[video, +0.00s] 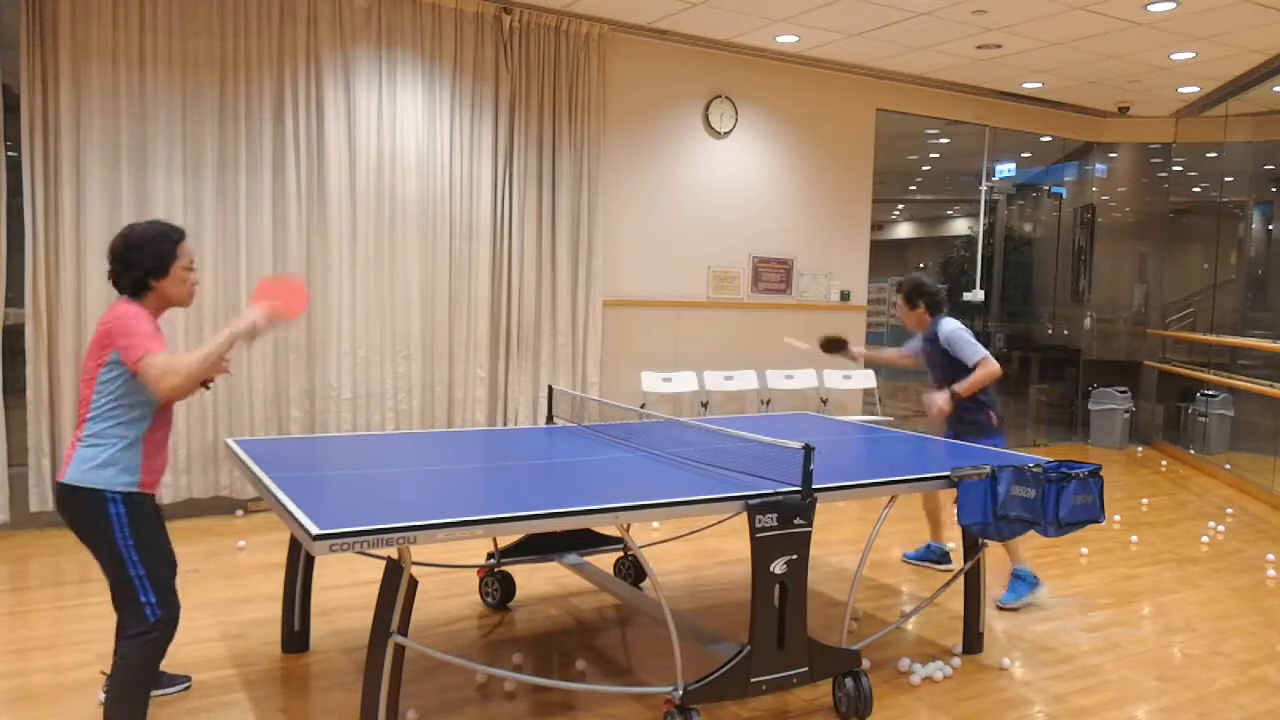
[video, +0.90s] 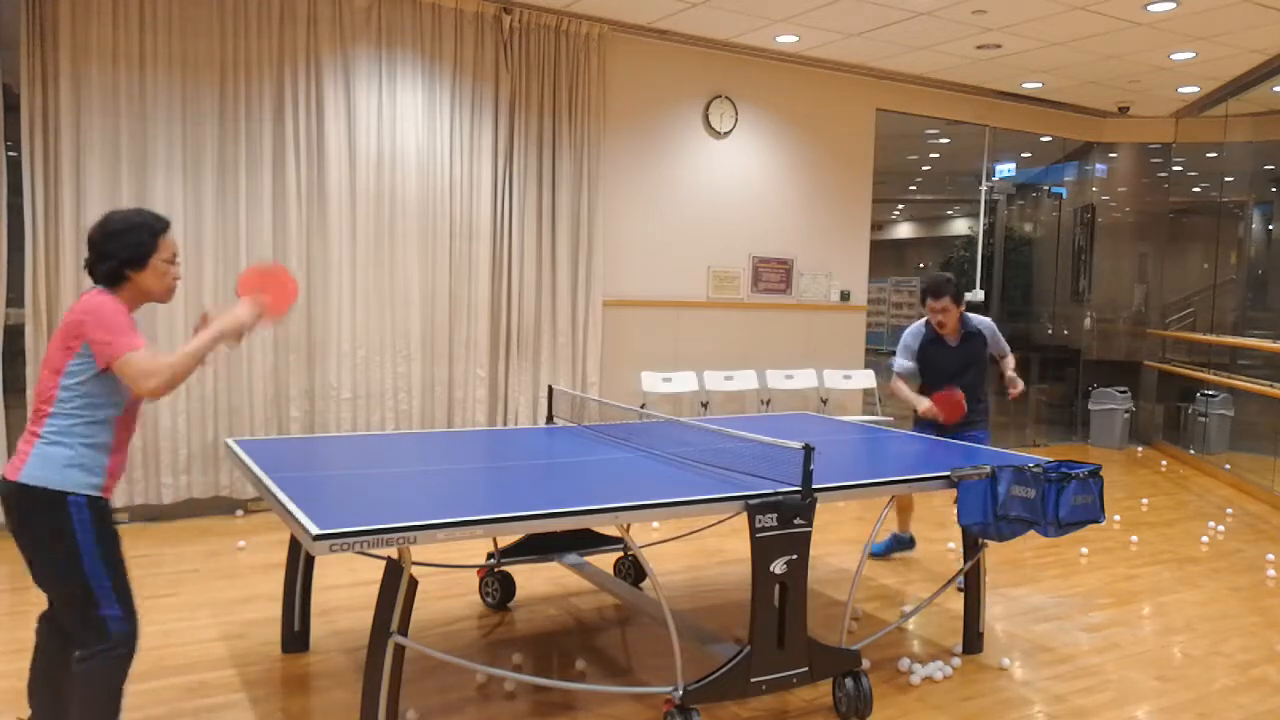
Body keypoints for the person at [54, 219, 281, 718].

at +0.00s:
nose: (195, 272)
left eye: (192, 262)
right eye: (186, 264)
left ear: (156, 276)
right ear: (155, 275)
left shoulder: (142, 322)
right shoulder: (127, 318)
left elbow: (156, 390)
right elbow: (166, 380)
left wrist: (201, 375)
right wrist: (237, 330)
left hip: (124, 485)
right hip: (102, 488)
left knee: (155, 576)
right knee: (155, 612)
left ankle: (130, 676)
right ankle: (122, 708)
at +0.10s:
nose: (200, 281)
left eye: (197, 271)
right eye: (190, 273)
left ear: (164, 286)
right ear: (157, 285)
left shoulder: (162, 330)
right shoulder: (119, 330)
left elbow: (158, 404)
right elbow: (113, 413)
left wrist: (197, 390)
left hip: (129, 492)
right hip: (89, 495)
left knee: (164, 571)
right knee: (143, 617)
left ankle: (133, 670)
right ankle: (119, 710)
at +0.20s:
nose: (207, 305)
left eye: (205, 294)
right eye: (198, 297)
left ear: (166, 306)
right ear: (163, 305)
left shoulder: (178, 347)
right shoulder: (113, 350)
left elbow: (188, 408)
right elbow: (60, 430)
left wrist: (198, 405)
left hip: (128, 496)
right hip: (77, 501)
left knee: (169, 577)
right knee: (149, 615)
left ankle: (116, 677)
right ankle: (121, 708)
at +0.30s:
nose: (213, 330)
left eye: (214, 318)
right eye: (205, 319)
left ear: (176, 324)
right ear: (167, 323)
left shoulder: (187, 366)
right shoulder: (103, 369)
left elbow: (202, 424)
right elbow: (42, 431)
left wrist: (204, 420)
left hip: (131, 512)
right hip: (79, 513)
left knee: (173, 579)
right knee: (151, 617)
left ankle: (116, 675)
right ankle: (122, 709)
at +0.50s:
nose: (211, 312)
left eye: (214, 300)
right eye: (202, 301)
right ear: (163, 300)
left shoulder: (167, 352)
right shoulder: (118, 343)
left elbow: (147, 422)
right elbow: (85, 421)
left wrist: (190, 409)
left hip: (113, 506)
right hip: (73, 508)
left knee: (127, 598)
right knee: (157, 627)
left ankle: (114, 679)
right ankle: (124, 709)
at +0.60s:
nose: (199, 292)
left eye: (200, 281)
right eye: (191, 280)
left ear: (151, 281)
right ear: (152, 279)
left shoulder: (132, 323)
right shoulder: (121, 319)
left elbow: (176, 381)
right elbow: (172, 378)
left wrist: (231, 341)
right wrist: (238, 327)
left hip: (71, 497)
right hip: (83, 502)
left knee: (104, 605)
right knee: (158, 627)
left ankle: (86, 706)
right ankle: (117, 714)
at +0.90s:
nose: (177, 270)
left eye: (176, 259)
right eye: (168, 261)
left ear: (129, 267)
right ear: (132, 266)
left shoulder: (109, 313)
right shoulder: (100, 310)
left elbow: (145, 382)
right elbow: (150, 380)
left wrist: (195, 343)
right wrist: (218, 331)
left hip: (48, 488)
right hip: (60, 492)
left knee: (70, 618)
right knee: (111, 634)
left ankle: (49, 711)